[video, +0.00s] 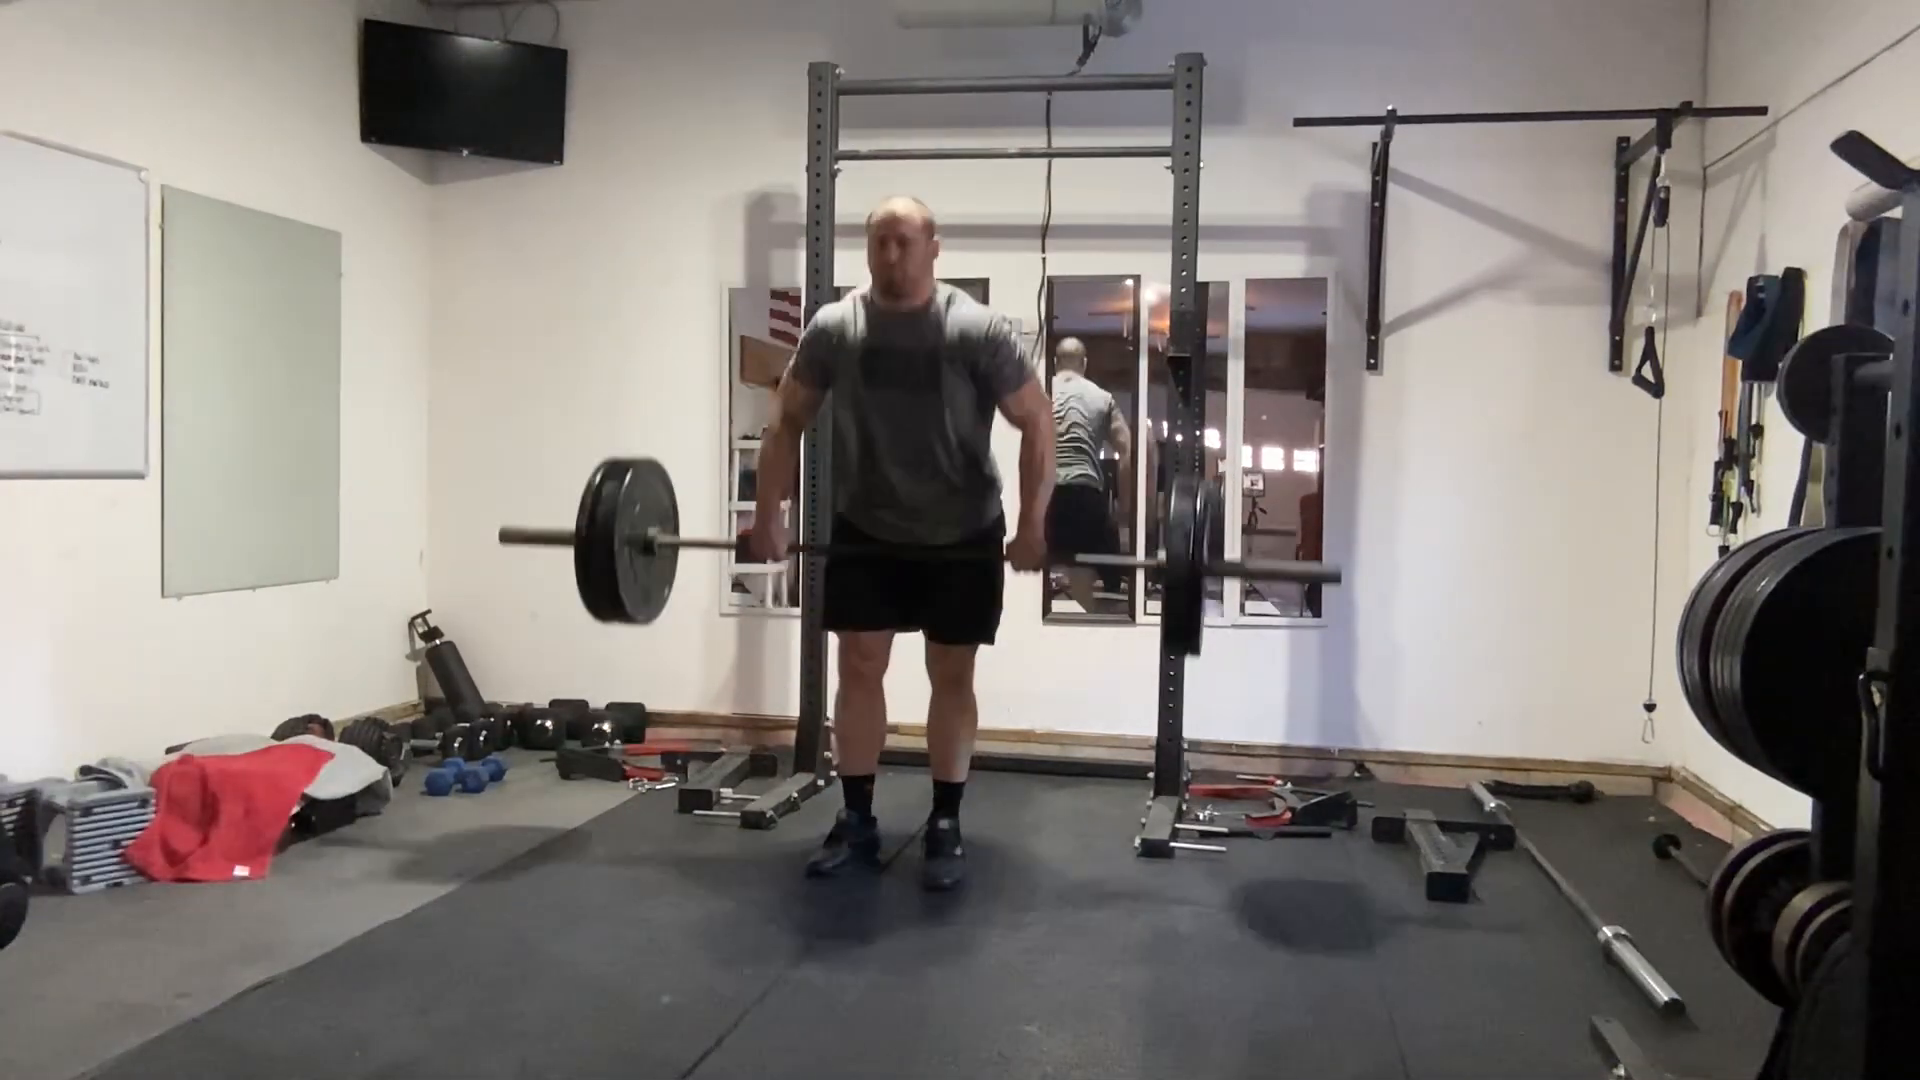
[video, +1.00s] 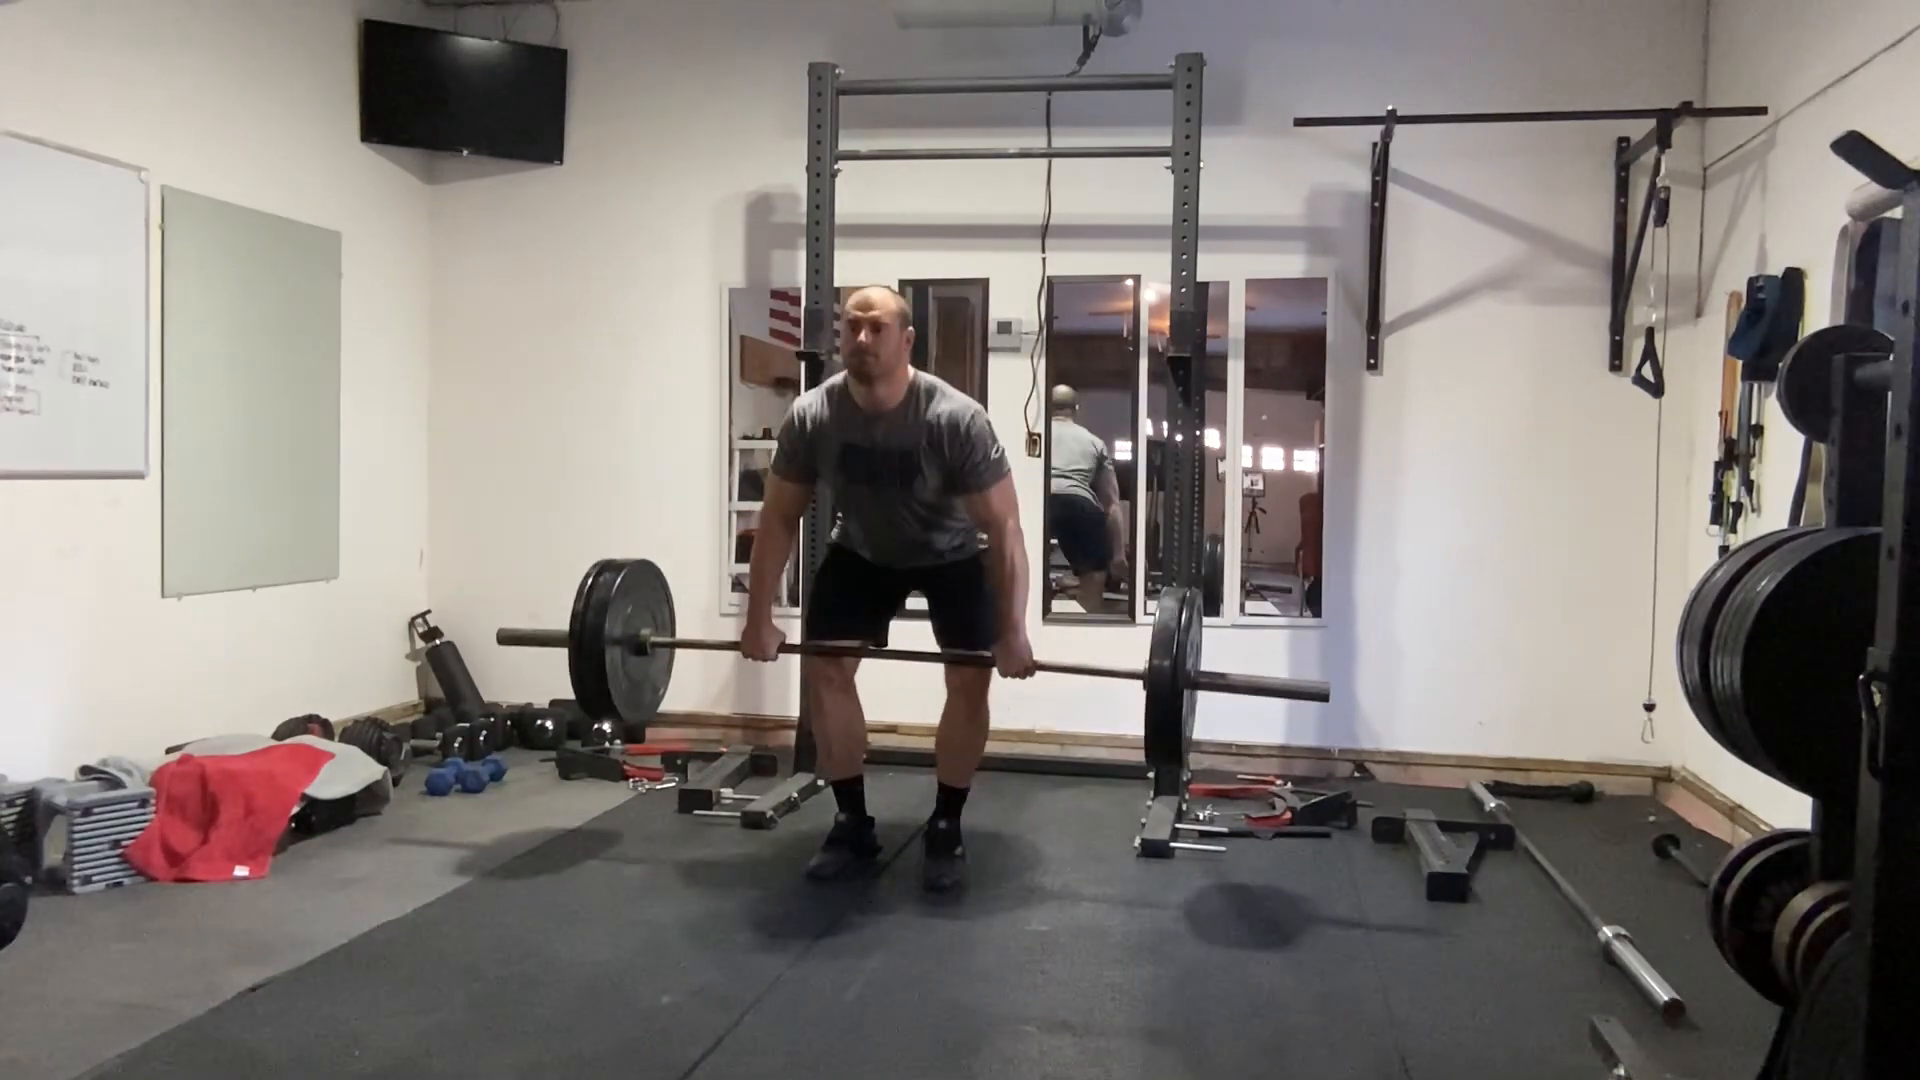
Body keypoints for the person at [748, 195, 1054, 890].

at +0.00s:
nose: (890, 254)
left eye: (902, 241)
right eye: (880, 242)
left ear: (934, 249)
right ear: (867, 252)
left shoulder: (977, 331)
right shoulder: (834, 330)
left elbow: (1038, 422)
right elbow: (787, 424)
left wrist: (1032, 525)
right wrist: (765, 517)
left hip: (959, 536)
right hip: (864, 533)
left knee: (952, 676)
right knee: (859, 668)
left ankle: (944, 830)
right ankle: (856, 826)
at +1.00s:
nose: (862, 338)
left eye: (877, 327)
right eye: (853, 327)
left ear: (907, 338)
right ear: (839, 337)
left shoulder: (957, 419)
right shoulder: (812, 417)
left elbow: (1002, 526)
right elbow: (779, 515)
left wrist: (1012, 629)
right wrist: (759, 614)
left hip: (954, 553)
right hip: (861, 553)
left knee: (971, 679)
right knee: (825, 667)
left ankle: (945, 829)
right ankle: (852, 827)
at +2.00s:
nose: (891, 255)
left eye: (906, 246)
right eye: (883, 245)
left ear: (936, 262)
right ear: (871, 260)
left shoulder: (956, 326)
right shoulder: (836, 325)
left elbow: (984, 366)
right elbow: (767, 361)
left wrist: (1009, 304)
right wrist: (771, 297)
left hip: (931, 529)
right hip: (840, 528)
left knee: (933, 685)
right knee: (824, 682)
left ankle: (933, 832)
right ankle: (857, 830)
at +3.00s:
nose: (907, 208)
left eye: (921, 206)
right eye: (896, 205)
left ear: (943, 235)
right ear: (877, 229)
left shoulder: (957, 292)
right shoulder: (835, 283)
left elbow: (1026, 263)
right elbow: (746, 271)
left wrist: (1026, 173)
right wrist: (757, 187)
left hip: (932, 488)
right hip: (845, 489)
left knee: (935, 659)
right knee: (850, 659)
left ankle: (943, 826)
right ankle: (850, 821)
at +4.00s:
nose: (866, 307)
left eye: (879, 296)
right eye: (856, 296)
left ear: (909, 307)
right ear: (841, 309)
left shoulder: (959, 391)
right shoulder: (806, 391)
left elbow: (999, 500)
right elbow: (777, 493)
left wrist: (1010, 600)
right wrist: (760, 590)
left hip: (951, 542)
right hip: (854, 544)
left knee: (961, 676)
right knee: (829, 665)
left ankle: (940, 829)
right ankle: (854, 829)